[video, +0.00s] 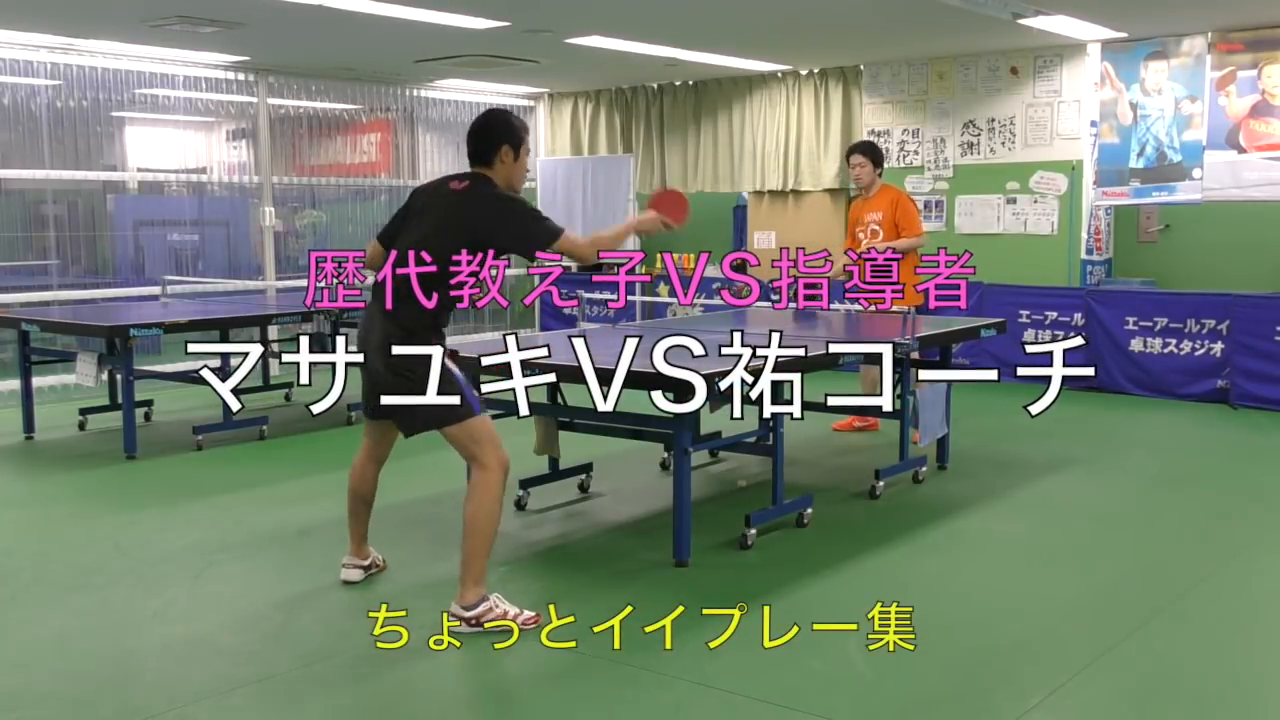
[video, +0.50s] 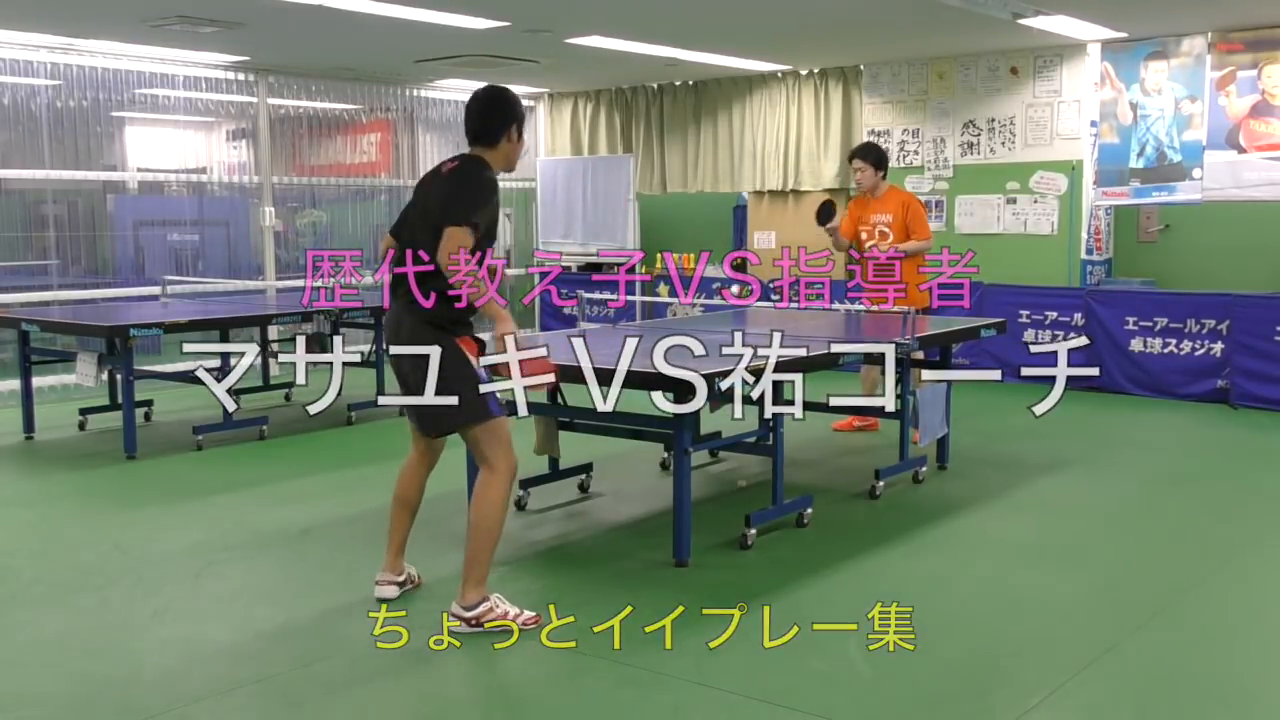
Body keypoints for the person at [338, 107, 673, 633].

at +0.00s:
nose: (527, 166)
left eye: (526, 156)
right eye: (524, 156)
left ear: (478, 156)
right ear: (505, 155)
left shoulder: (430, 192)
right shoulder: (499, 206)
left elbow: (374, 258)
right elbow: (582, 249)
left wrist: (434, 262)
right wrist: (635, 225)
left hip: (378, 340)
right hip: (416, 347)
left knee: (373, 450)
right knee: (490, 461)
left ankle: (356, 554)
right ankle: (472, 598)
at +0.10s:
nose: (528, 167)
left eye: (527, 159)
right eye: (526, 159)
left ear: (473, 159)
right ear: (514, 159)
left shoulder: (428, 202)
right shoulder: (514, 208)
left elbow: (375, 264)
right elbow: (598, 235)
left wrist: (430, 268)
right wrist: (608, 198)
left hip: (393, 354)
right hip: (445, 360)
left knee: (375, 462)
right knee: (518, 469)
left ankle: (361, 557)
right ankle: (475, 599)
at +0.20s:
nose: (524, 154)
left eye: (521, 145)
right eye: (521, 146)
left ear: (467, 150)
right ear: (513, 151)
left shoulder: (427, 197)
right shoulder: (519, 202)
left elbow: (377, 266)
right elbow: (593, 243)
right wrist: (599, 211)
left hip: (407, 355)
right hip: (464, 360)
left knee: (392, 456)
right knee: (521, 471)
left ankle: (369, 558)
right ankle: (475, 599)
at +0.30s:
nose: (519, 138)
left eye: (516, 129)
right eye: (518, 129)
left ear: (465, 131)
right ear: (510, 131)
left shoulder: (425, 180)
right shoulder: (511, 185)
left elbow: (377, 253)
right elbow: (563, 252)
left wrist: (422, 246)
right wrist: (587, 254)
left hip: (411, 340)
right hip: (465, 344)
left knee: (409, 441)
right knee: (508, 464)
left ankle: (378, 556)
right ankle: (475, 598)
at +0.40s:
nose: (520, 131)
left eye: (518, 121)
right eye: (518, 122)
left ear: (465, 122)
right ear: (509, 123)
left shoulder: (427, 171)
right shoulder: (495, 176)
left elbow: (383, 244)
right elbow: (503, 257)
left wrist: (435, 242)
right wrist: (562, 307)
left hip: (409, 332)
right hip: (454, 336)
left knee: (417, 440)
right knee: (496, 459)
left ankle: (388, 561)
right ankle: (473, 598)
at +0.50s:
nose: (522, 145)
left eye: (521, 135)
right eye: (521, 135)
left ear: (473, 131)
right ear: (508, 136)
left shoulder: (440, 175)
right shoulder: (479, 182)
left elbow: (391, 249)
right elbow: (453, 255)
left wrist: (423, 305)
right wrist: (498, 312)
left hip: (404, 336)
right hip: (439, 340)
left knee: (425, 447)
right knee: (500, 463)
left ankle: (392, 570)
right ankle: (473, 597)